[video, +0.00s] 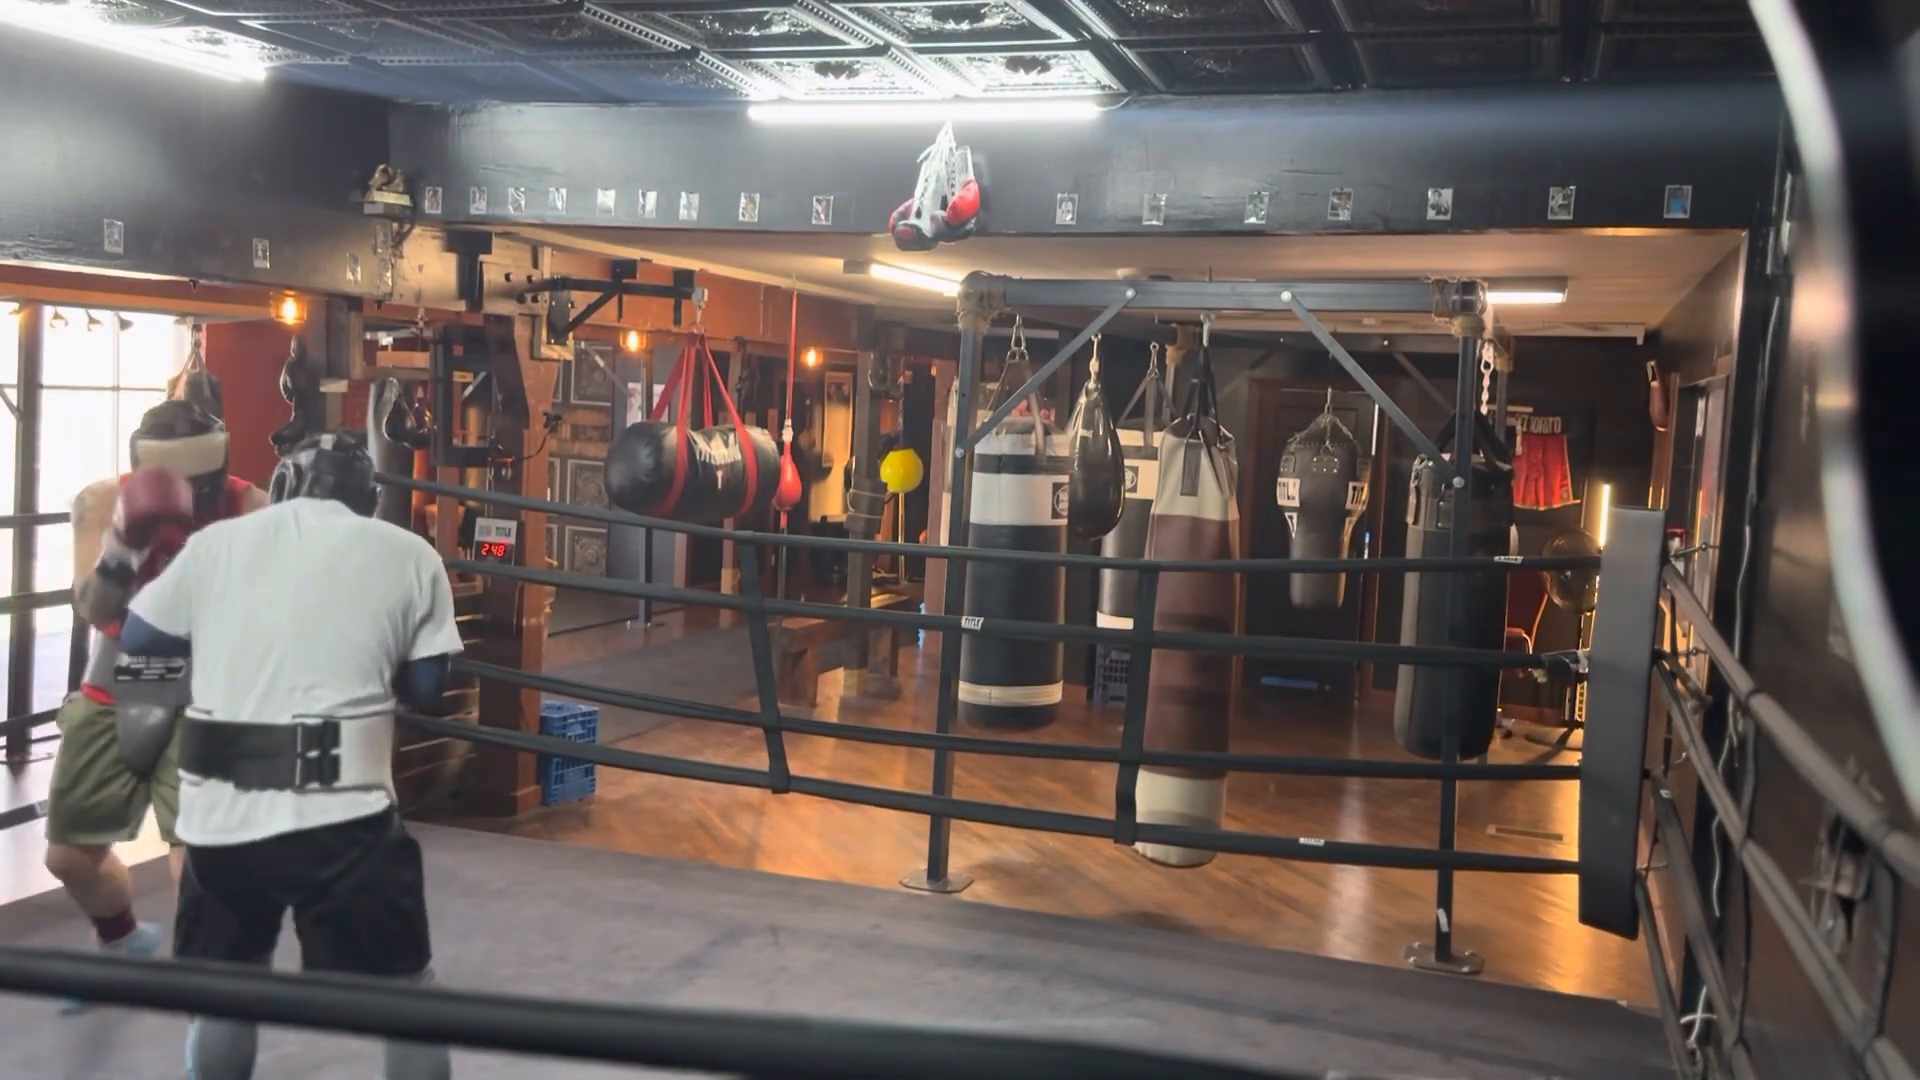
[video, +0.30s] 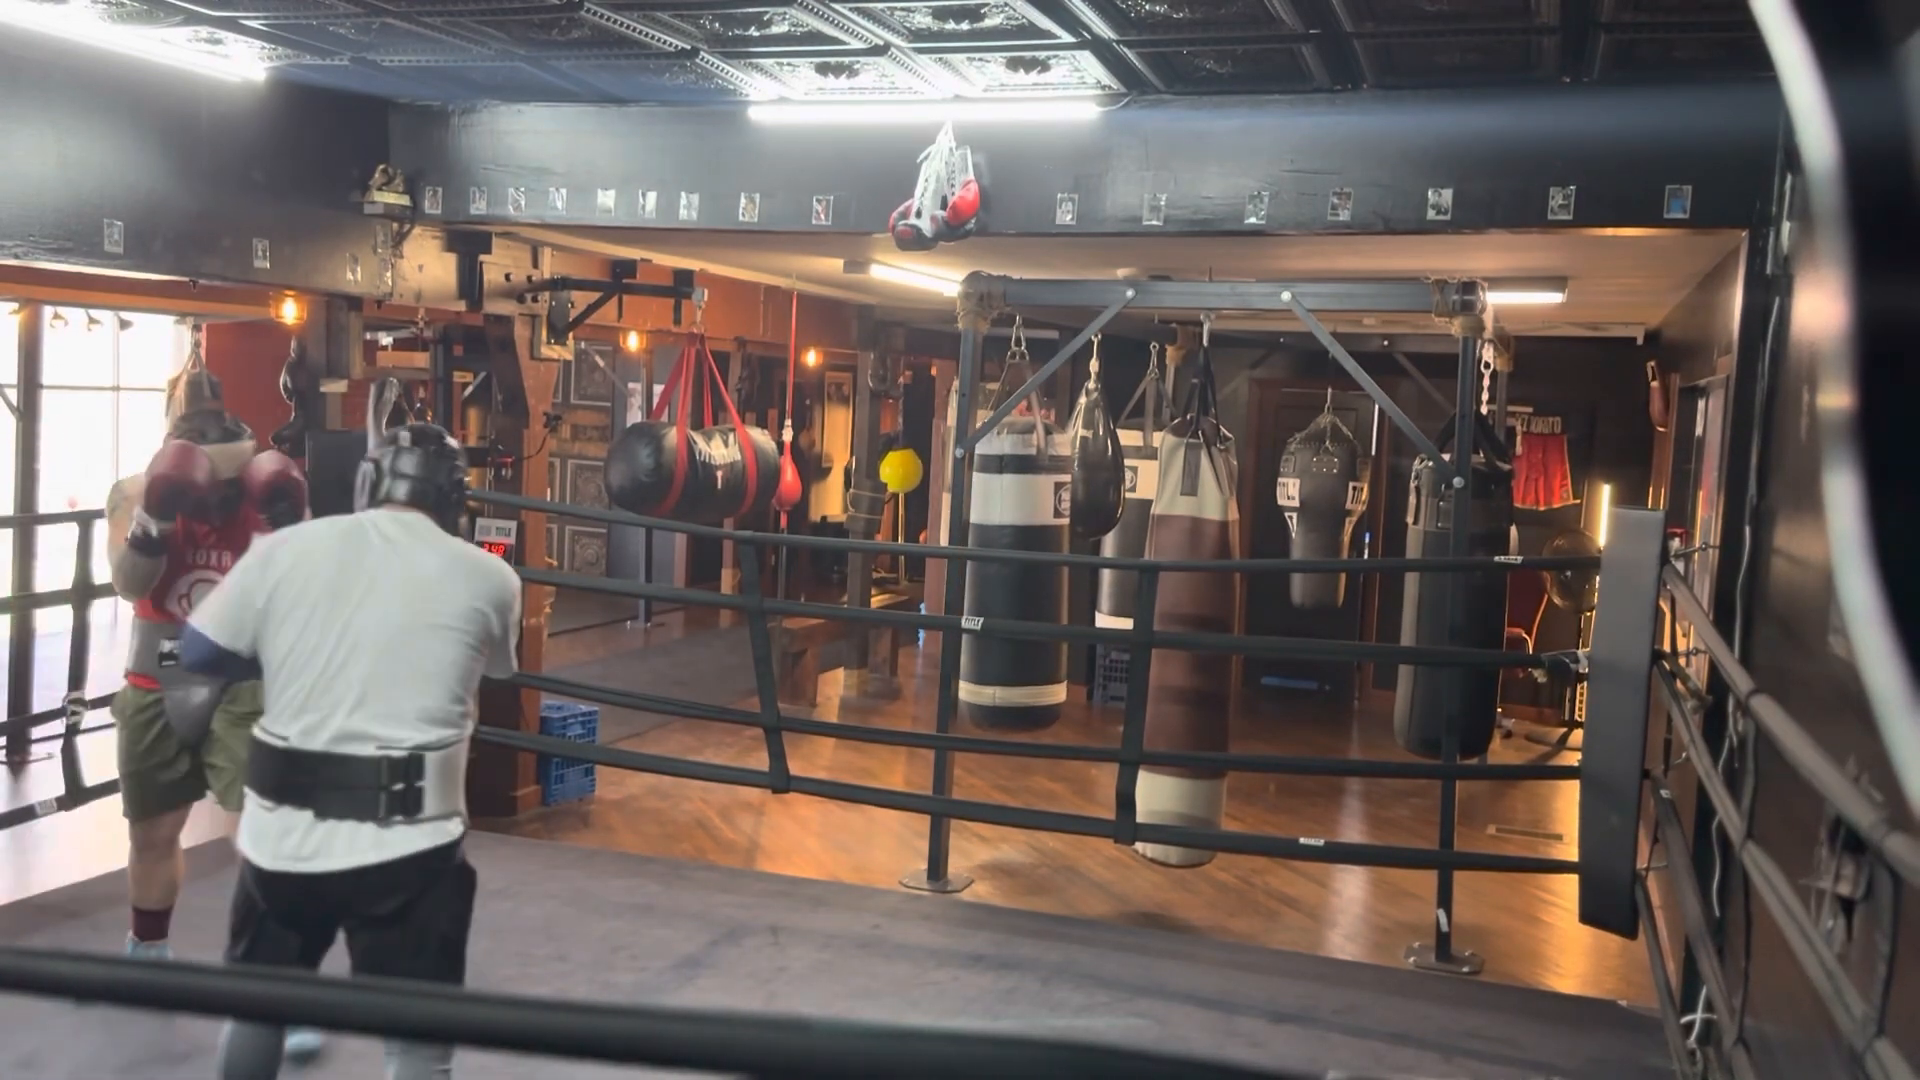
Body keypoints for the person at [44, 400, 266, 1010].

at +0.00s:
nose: (179, 491)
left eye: (193, 476)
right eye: (165, 476)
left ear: (217, 464)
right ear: (139, 466)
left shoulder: (248, 507)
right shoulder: (102, 505)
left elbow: (271, 600)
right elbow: (95, 614)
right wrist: (125, 541)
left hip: (202, 693)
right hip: (108, 692)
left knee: (195, 858)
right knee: (72, 857)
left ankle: (206, 984)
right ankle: (126, 946)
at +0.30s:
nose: (200, 456)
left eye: (215, 444)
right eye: (189, 443)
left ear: (242, 441)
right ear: (171, 438)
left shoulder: (272, 488)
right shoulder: (145, 491)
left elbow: (301, 587)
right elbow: (130, 584)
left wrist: (288, 524)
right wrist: (157, 512)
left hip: (249, 680)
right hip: (156, 680)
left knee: (260, 835)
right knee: (152, 835)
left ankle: (288, 987)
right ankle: (147, 962)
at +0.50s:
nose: (266, 486)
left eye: (277, 473)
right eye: (252, 475)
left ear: (298, 467)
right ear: (232, 473)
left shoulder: (322, 519)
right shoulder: (218, 511)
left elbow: (361, 571)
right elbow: (169, 578)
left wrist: (332, 514)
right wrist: (194, 516)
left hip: (290, 689)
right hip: (203, 681)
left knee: (309, 827)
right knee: (167, 827)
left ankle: (322, 959)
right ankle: (146, 956)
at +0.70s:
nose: (325, 479)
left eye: (340, 472)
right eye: (317, 469)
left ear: (356, 473)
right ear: (303, 462)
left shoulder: (381, 501)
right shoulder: (262, 497)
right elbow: (249, 594)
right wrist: (284, 540)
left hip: (354, 689)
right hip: (266, 684)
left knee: (365, 817)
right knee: (226, 817)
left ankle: (380, 945)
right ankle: (192, 931)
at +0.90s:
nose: (370, 484)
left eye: (385, 478)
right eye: (364, 472)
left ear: (405, 477)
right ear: (345, 466)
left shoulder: (415, 512)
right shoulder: (291, 494)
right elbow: (282, 595)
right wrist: (318, 537)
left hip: (376, 684)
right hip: (286, 681)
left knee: (387, 815)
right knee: (268, 804)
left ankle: (410, 948)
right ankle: (278, 910)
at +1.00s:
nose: (379, 496)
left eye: (392, 486)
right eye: (368, 484)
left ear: (405, 476)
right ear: (335, 470)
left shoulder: (411, 507)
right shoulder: (283, 497)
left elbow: (424, 591)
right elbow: (280, 597)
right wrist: (317, 539)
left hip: (373, 681)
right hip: (292, 682)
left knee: (372, 810)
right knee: (303, 811)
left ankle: (392, 940)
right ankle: (322, 921)